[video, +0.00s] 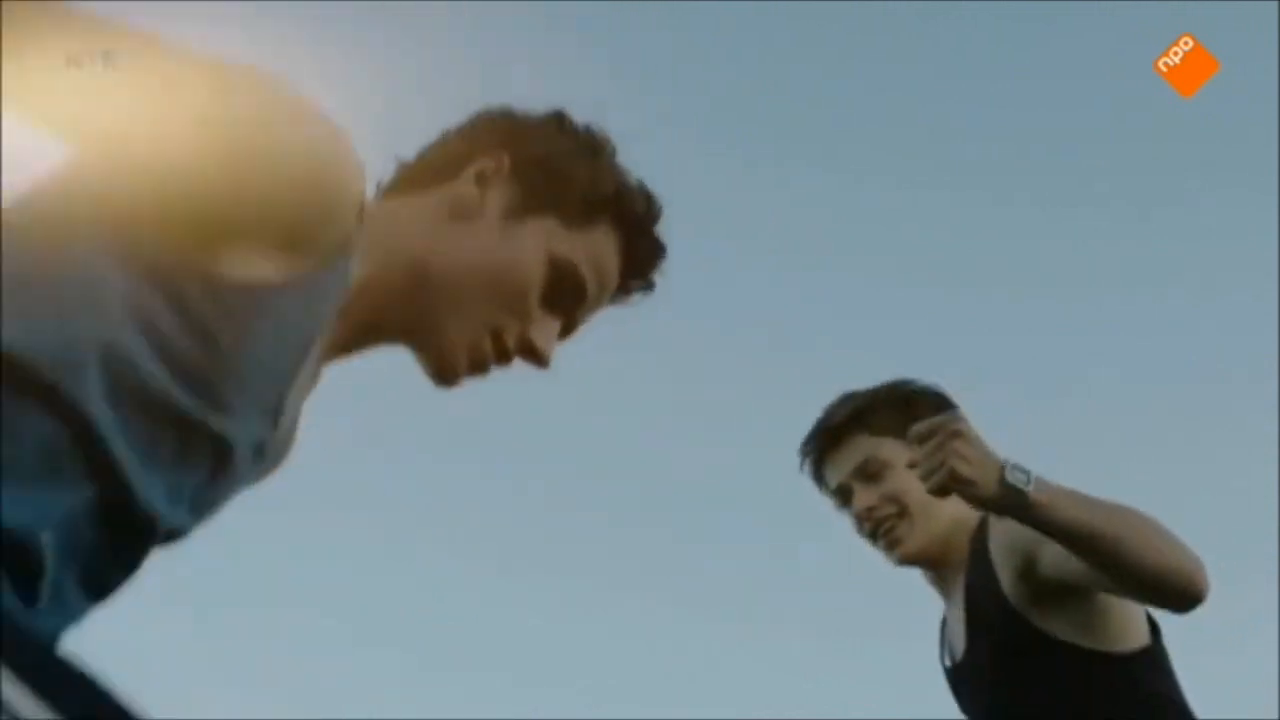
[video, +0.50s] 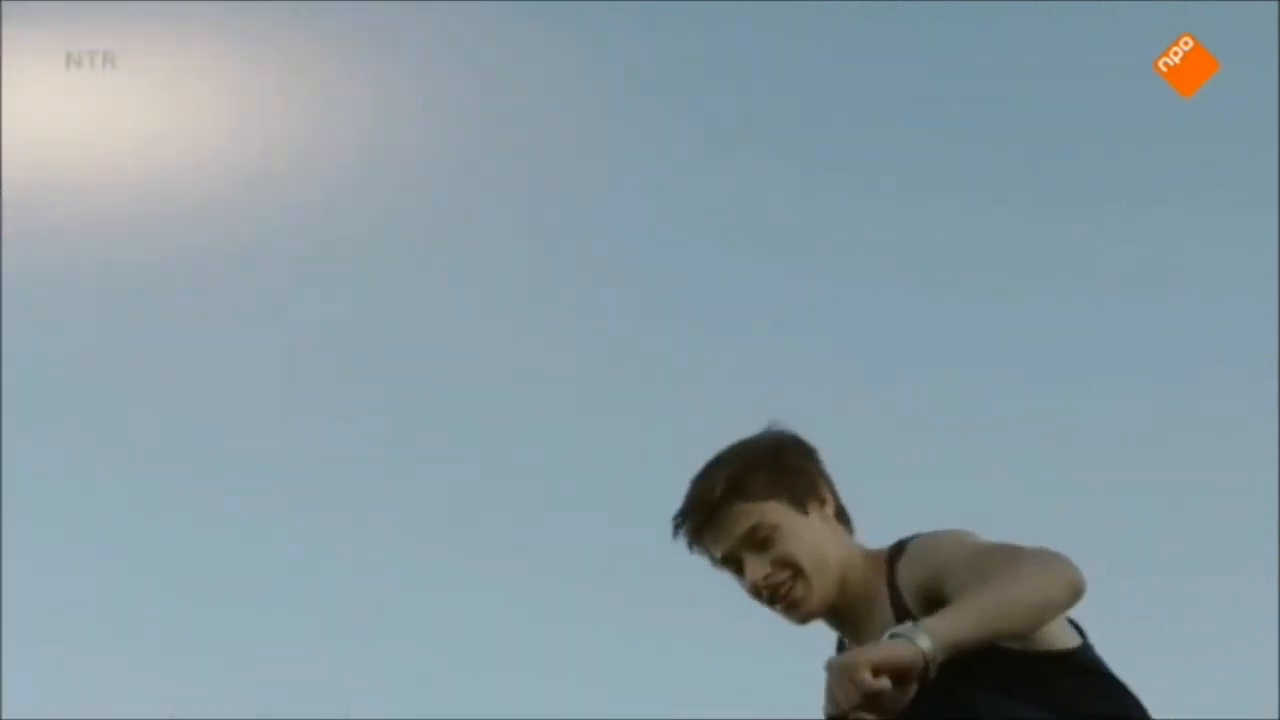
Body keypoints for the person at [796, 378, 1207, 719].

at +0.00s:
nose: (862, 507)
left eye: (875, 474)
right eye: (845, 498)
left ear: (938, 455)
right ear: (845, 518)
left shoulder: (1018, 543)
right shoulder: (954, 633)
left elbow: (1185, 584)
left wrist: (1007, 485)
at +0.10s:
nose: (836, 501)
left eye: (845, 465)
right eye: (817, 493)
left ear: (912, 441)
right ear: (819, 513)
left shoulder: (997, 517)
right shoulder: (929, 627)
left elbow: (1143, 593)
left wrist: (976, 524)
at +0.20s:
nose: (818, 505)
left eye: (827, 469)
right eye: (799, 497)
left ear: (893, 443)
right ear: (802, 514)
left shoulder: (984, 512)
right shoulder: (914, 639)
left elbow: (1113, 583)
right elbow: (1014, 700)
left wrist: (951, 554)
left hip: (1147, 703)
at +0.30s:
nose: (792, 523)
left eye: (800, 487)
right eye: (774, 515)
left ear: (864, 458)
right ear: (773, 529)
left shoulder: (962, 526)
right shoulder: (885, 622)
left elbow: (1078, 561)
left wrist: (928, 596)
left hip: (1126, 707)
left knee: (1016, 689)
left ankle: (1087, 708)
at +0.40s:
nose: (776, 540)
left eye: (784, 504)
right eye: (757, 533)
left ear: (845, 472)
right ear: (755, 547)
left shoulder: (947, 537)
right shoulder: (873, 638)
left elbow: (1061, 558)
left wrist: (924, 614)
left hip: (1116, 707)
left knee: (983, 683)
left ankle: (1065, 708)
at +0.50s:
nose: (755, 576)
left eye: (762, 539)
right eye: (734, 568)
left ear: (821, 501)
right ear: (732, 581)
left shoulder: (923, 563)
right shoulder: (849, 677)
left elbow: (1053, 578)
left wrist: (918, 641)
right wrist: (855, 705)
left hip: (1086, 702)